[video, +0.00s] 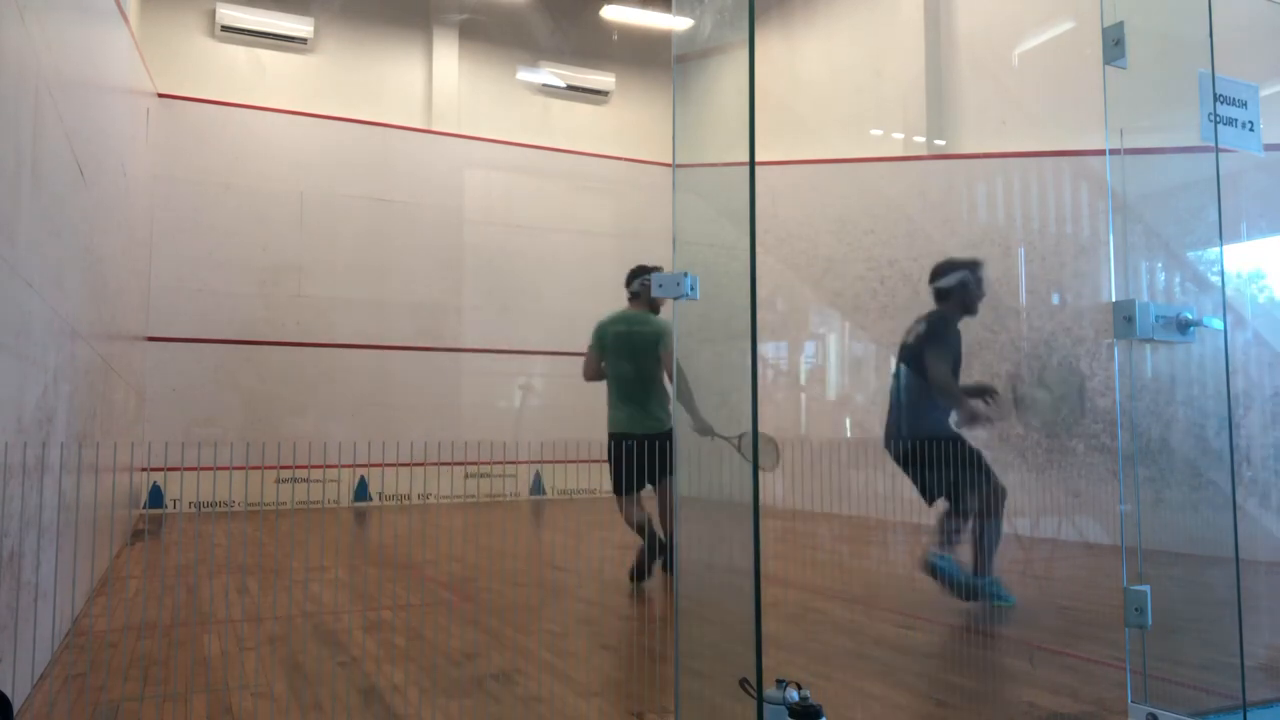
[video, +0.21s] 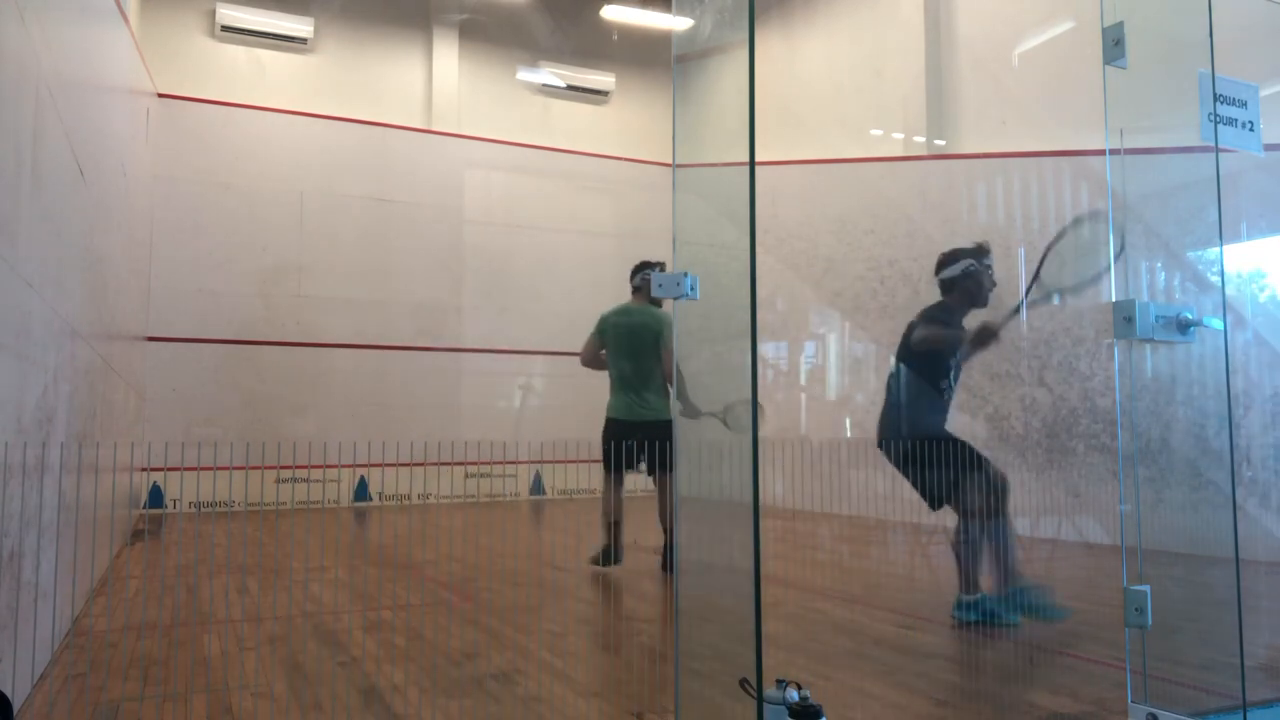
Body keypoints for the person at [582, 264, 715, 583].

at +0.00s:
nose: (665, 300)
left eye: (665, 293)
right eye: (662, 293)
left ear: (631, 293)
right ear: (649, 293)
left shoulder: (606, 326)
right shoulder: (660, 328)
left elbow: (590, 373)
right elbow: (675, 376)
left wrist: (621, 369)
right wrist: (697, 417)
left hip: (622, 428)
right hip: (658, 427)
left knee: (627, 500)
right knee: (665, 490)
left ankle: (651, 539)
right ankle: (668, 554)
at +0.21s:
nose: (666, 293)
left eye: (665, 287)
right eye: (664, 287)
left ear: (632, 287)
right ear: (656, 287)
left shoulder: (610, 318)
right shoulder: (662, 320)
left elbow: (588, 358)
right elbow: (669, 371)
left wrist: (617, 364)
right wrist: (686, 401)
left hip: (619, 419)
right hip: (656, 419)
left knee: (612, 482)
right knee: (666, 484)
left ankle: (612, 547)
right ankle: (671, 549)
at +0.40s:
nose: (660, 298)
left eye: (660, 290)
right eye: (656, 291)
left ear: (629, 292)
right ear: (644, 291)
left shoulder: (603, 322)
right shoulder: (651, 325)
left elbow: (580, 358)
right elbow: (660, 372)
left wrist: (605, 370)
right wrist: (674, 396)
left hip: (607, 421)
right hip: (643, 422)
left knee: (598, 482)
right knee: (658, 483)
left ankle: (584, 551)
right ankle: (659, 548)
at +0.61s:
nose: (658, 306)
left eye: (657, 300)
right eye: (654, 299)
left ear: (629, 301)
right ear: (640, 300)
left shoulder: (601, 331)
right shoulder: (648, 334)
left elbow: (577, 367)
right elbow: (652, 378)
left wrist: (602, 381)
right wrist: (663, 407)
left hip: (604, 427)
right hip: (639, 430)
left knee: (592, 485)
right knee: (654, 487)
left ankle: (584, 550)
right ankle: (645, 547)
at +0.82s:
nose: (667, 293)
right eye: (667, 287)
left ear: (640, 286)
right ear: (666, 289)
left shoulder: (618, 318)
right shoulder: (668, 322)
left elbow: (587, 348)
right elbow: (670, 373)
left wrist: (605, 383)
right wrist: (695, 376)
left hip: (625, 416)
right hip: (662, 416)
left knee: (606, 478)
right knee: (684, 474)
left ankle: (596, 544)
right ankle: (688, 543)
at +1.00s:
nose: (695, 323)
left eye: (688, 317)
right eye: (694, 319)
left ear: (671, 318)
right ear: (695, 319)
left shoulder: (649, 351)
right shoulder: (694, 352)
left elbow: (621, 387)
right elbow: (700, 396)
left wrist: (637, 416)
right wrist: (719, 430)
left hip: (648, 441)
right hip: (685, 443)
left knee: (622, 491)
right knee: (734, 486)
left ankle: (596, 551)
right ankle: (758, 548)